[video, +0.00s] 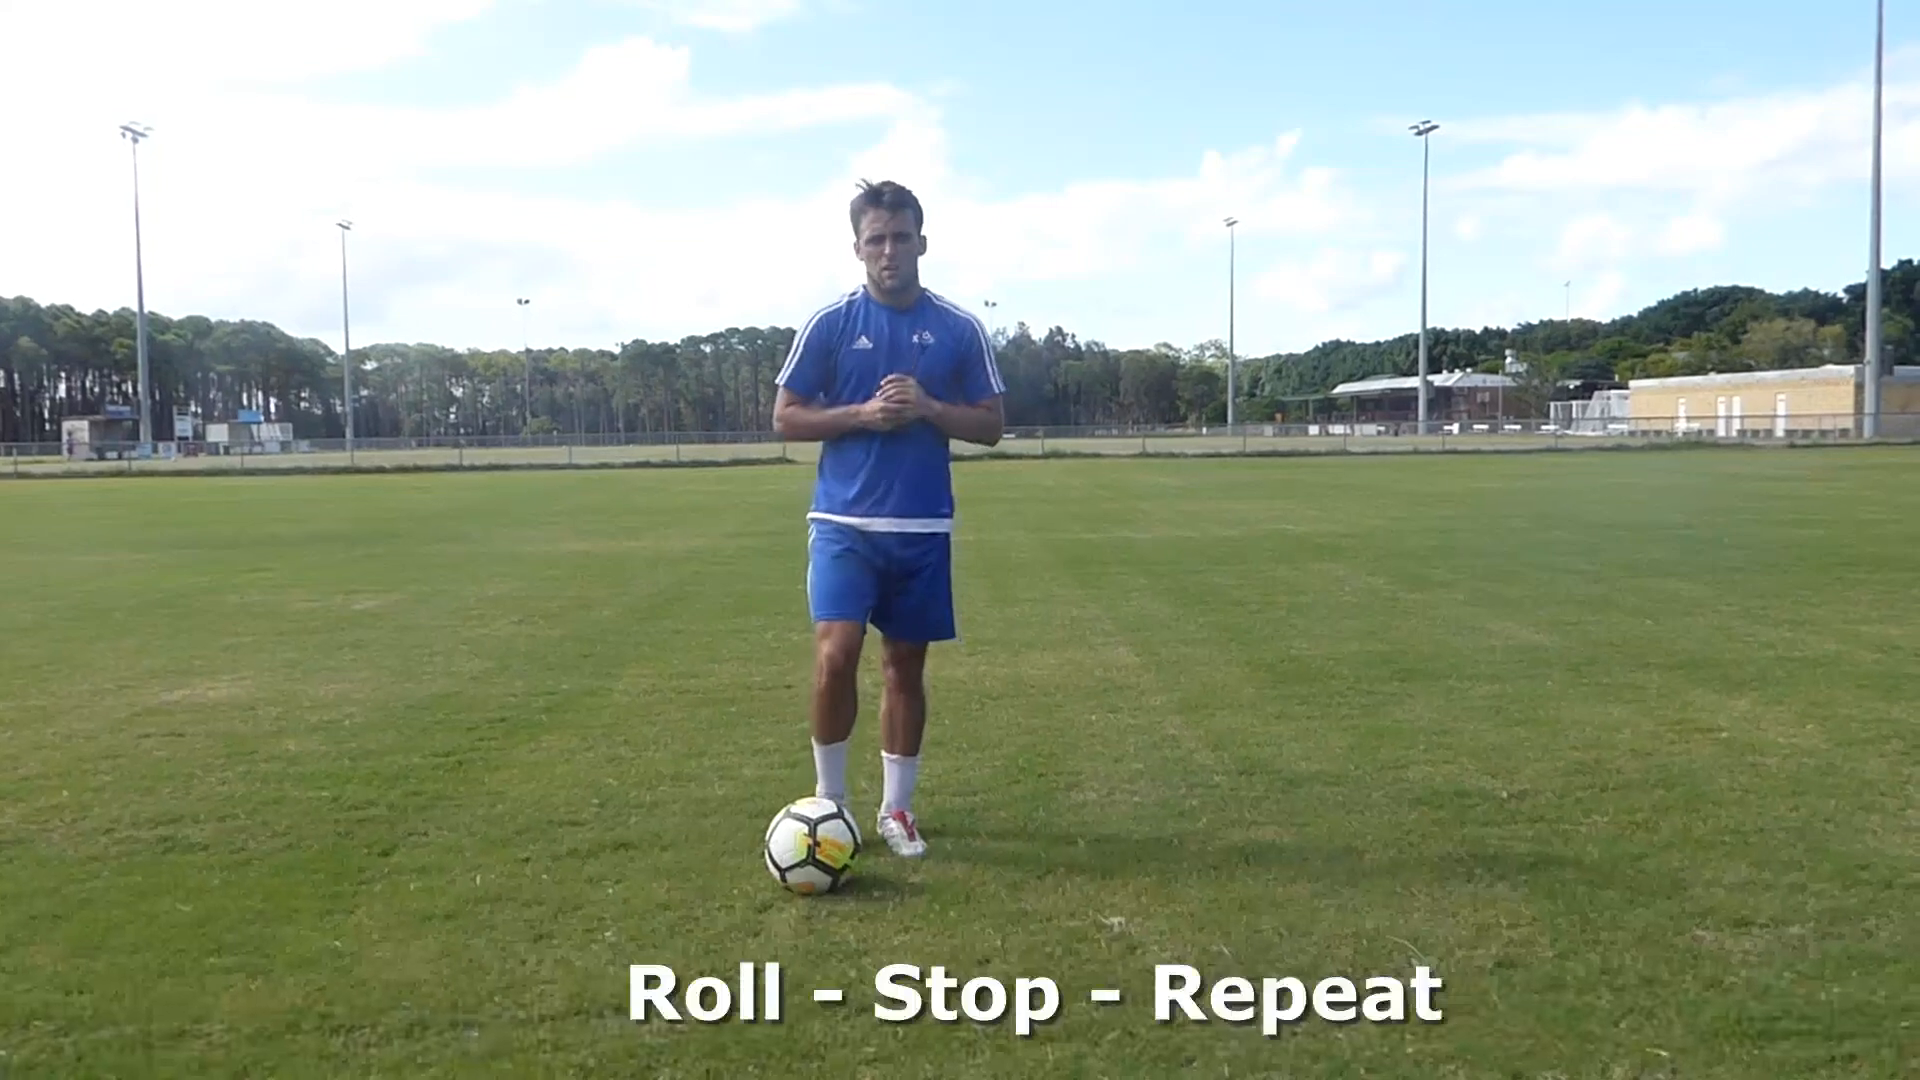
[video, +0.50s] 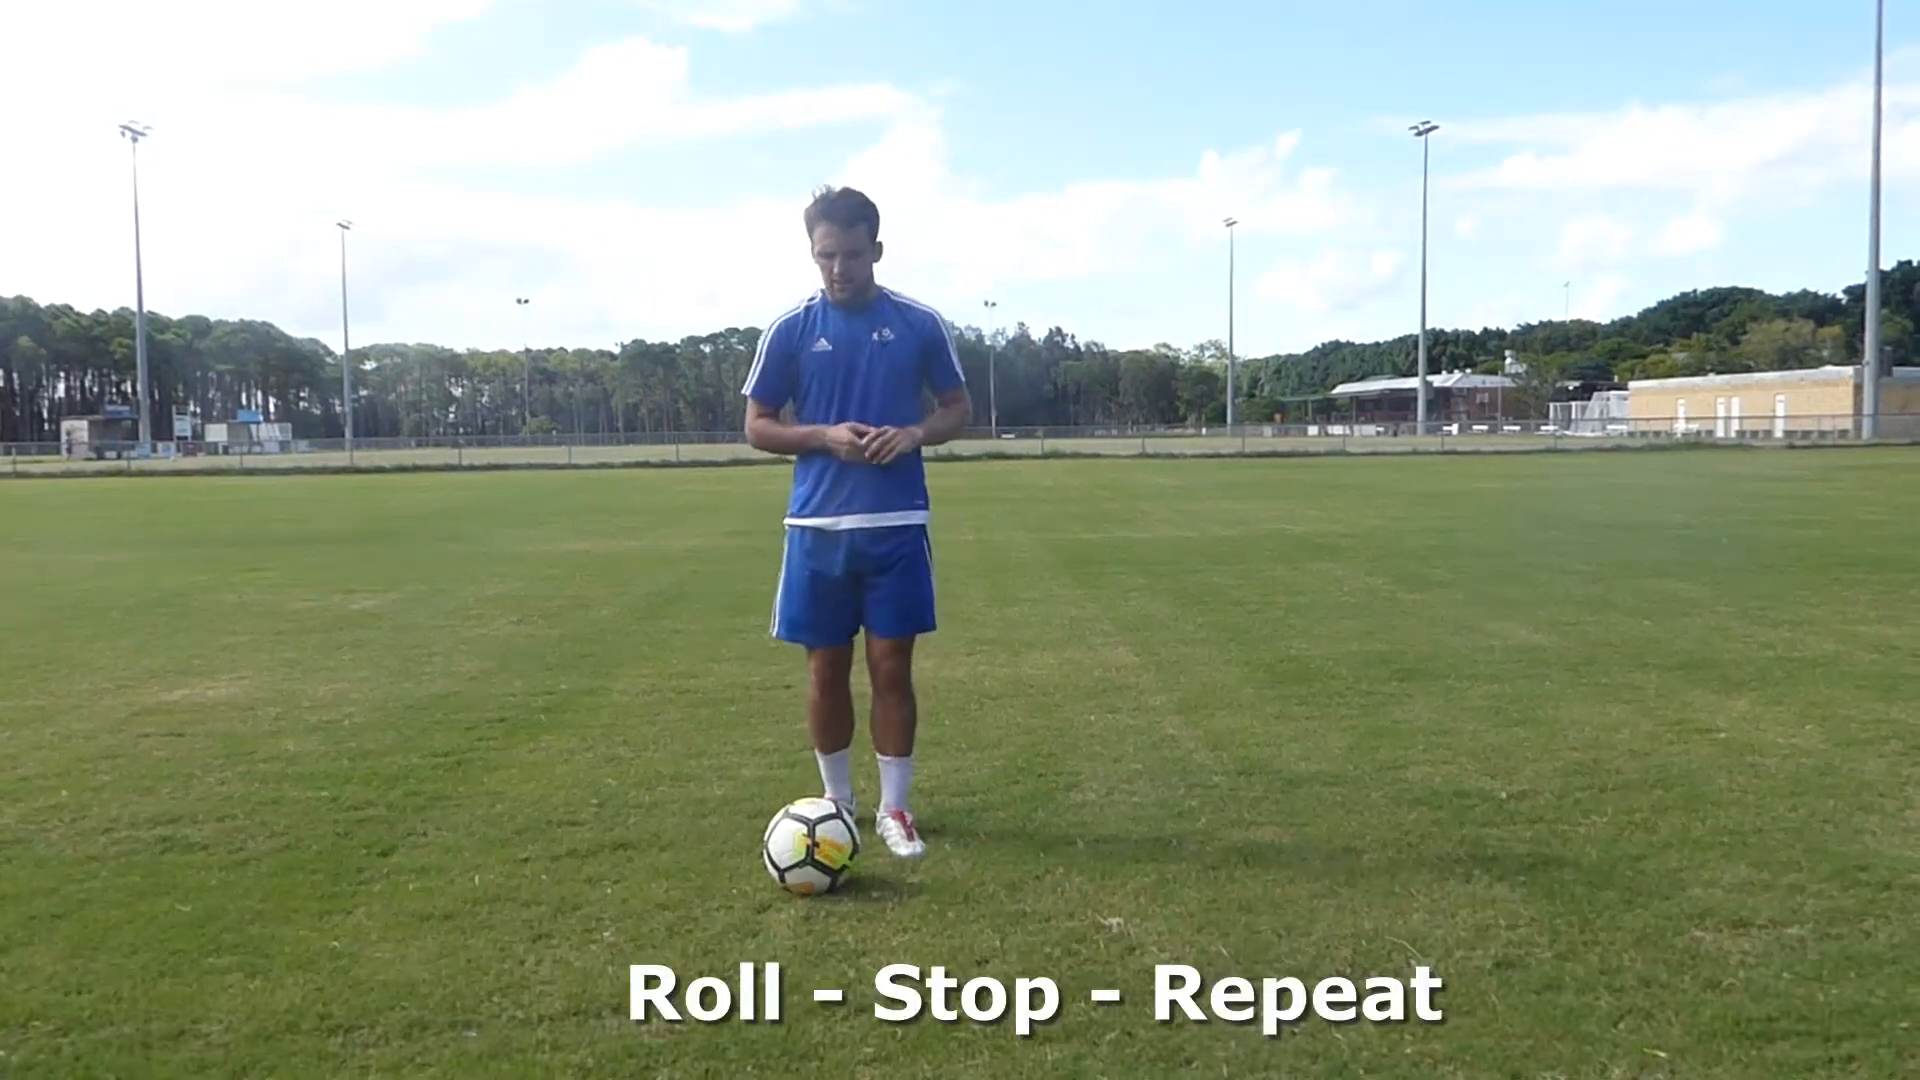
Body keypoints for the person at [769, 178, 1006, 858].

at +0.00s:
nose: (887, 252)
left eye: (900, 239)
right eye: (875, 241)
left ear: (920, 243)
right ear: (858, 249)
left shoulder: (960, 329)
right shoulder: (829, 325)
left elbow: (991, 424)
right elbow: (787, 417)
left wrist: (927, 406)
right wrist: (860, 414)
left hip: (920, 529)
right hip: (841, 524)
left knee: (905, 671)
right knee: (834, 659)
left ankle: (897, 811)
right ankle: (829, 804)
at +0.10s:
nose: (884, 253)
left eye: (896, 240)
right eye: (871, 242)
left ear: (917, 243)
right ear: (854, 248)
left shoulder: (957, 328)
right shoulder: (827, 324)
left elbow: (991, 420)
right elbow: (782, 417)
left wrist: (935, 408)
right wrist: (854, 415)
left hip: (917, 529)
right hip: (838, 525)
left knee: (903, 670)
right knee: (830, 662)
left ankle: (896, 810)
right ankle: (823, 795)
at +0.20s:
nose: (877, 254)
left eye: (889, 241)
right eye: (864, 243)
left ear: (911, 242)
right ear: (847, 249)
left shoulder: (952, 328)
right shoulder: (820, 325)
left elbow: (987, 417)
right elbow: (781, 418)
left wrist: (942, 411)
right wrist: (848, 417)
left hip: (913, 528)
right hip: (834, 525)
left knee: (901, 670)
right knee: (823, 669)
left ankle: (896, 809)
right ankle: (825, 786)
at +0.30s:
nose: (866, 261)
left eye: (878, 247)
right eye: (853, 248)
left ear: (901, 244)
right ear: (837, 250)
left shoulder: (945, 328)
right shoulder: (814, 327)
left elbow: (983, 416)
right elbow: (778, 422)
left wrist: (933, 417)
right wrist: (845, 424)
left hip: (909, 529)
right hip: (830, 528)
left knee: (899, 669)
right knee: (821, 673)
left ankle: (897, 810)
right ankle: (831, 795)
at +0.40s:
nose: (853, 266)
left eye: (865, 252)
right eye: (840, 253)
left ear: (889, 248)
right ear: (825, 253)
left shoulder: (933, 326)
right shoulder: (802, 329)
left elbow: (972, 413)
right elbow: (769, 426)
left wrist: (920, 428)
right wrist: (837, 429)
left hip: (903, 529)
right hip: (825, 530)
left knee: (896, 666)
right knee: (825, 669)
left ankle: (895, 811)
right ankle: (838, 806)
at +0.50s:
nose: (837, 269)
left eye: (849, 254)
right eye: (825, 256)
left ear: (875, 248)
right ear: (811, 254)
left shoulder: (920, 325)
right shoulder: (791, 330)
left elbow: (959, 410)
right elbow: (758, 427)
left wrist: (914, 434)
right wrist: (824, 436)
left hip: (895, 527)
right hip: (817, 529)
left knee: (891, 665)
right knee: (827, 667)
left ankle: (893, 811)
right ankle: (839, 807)